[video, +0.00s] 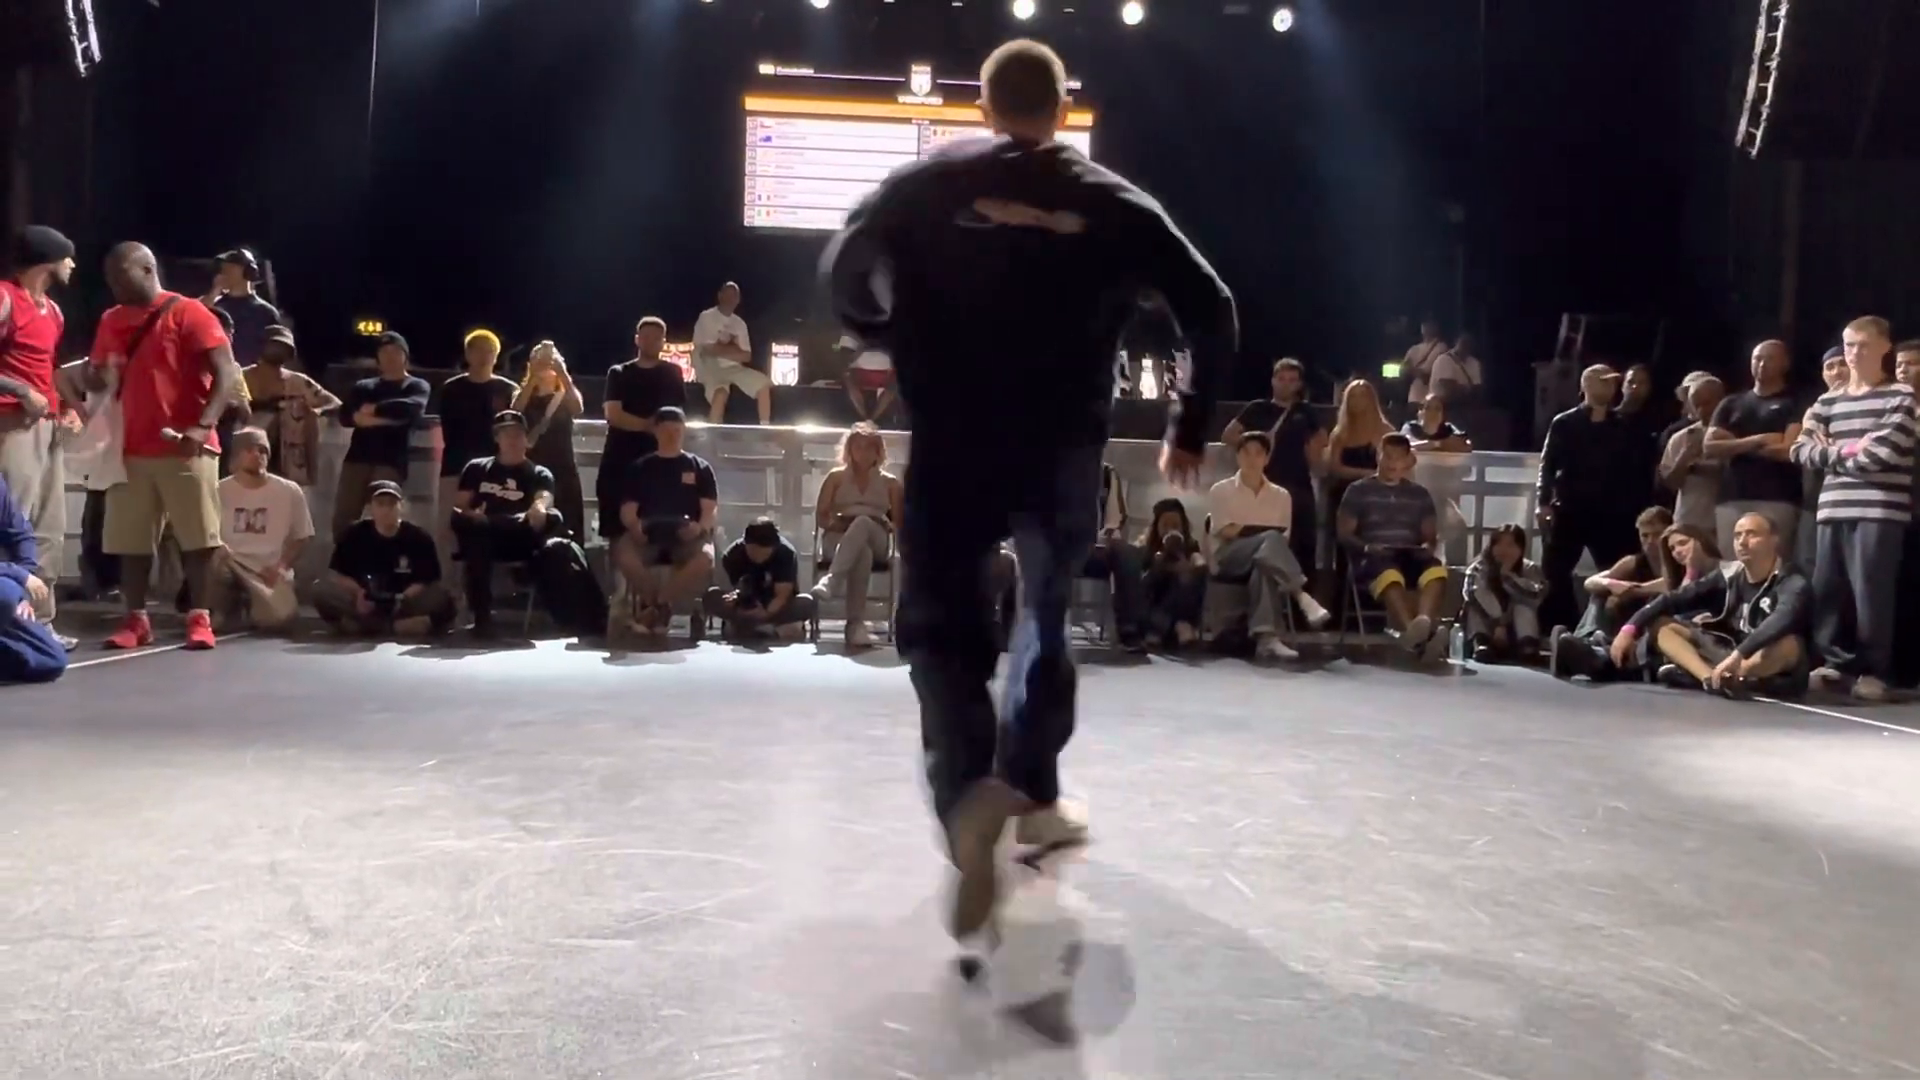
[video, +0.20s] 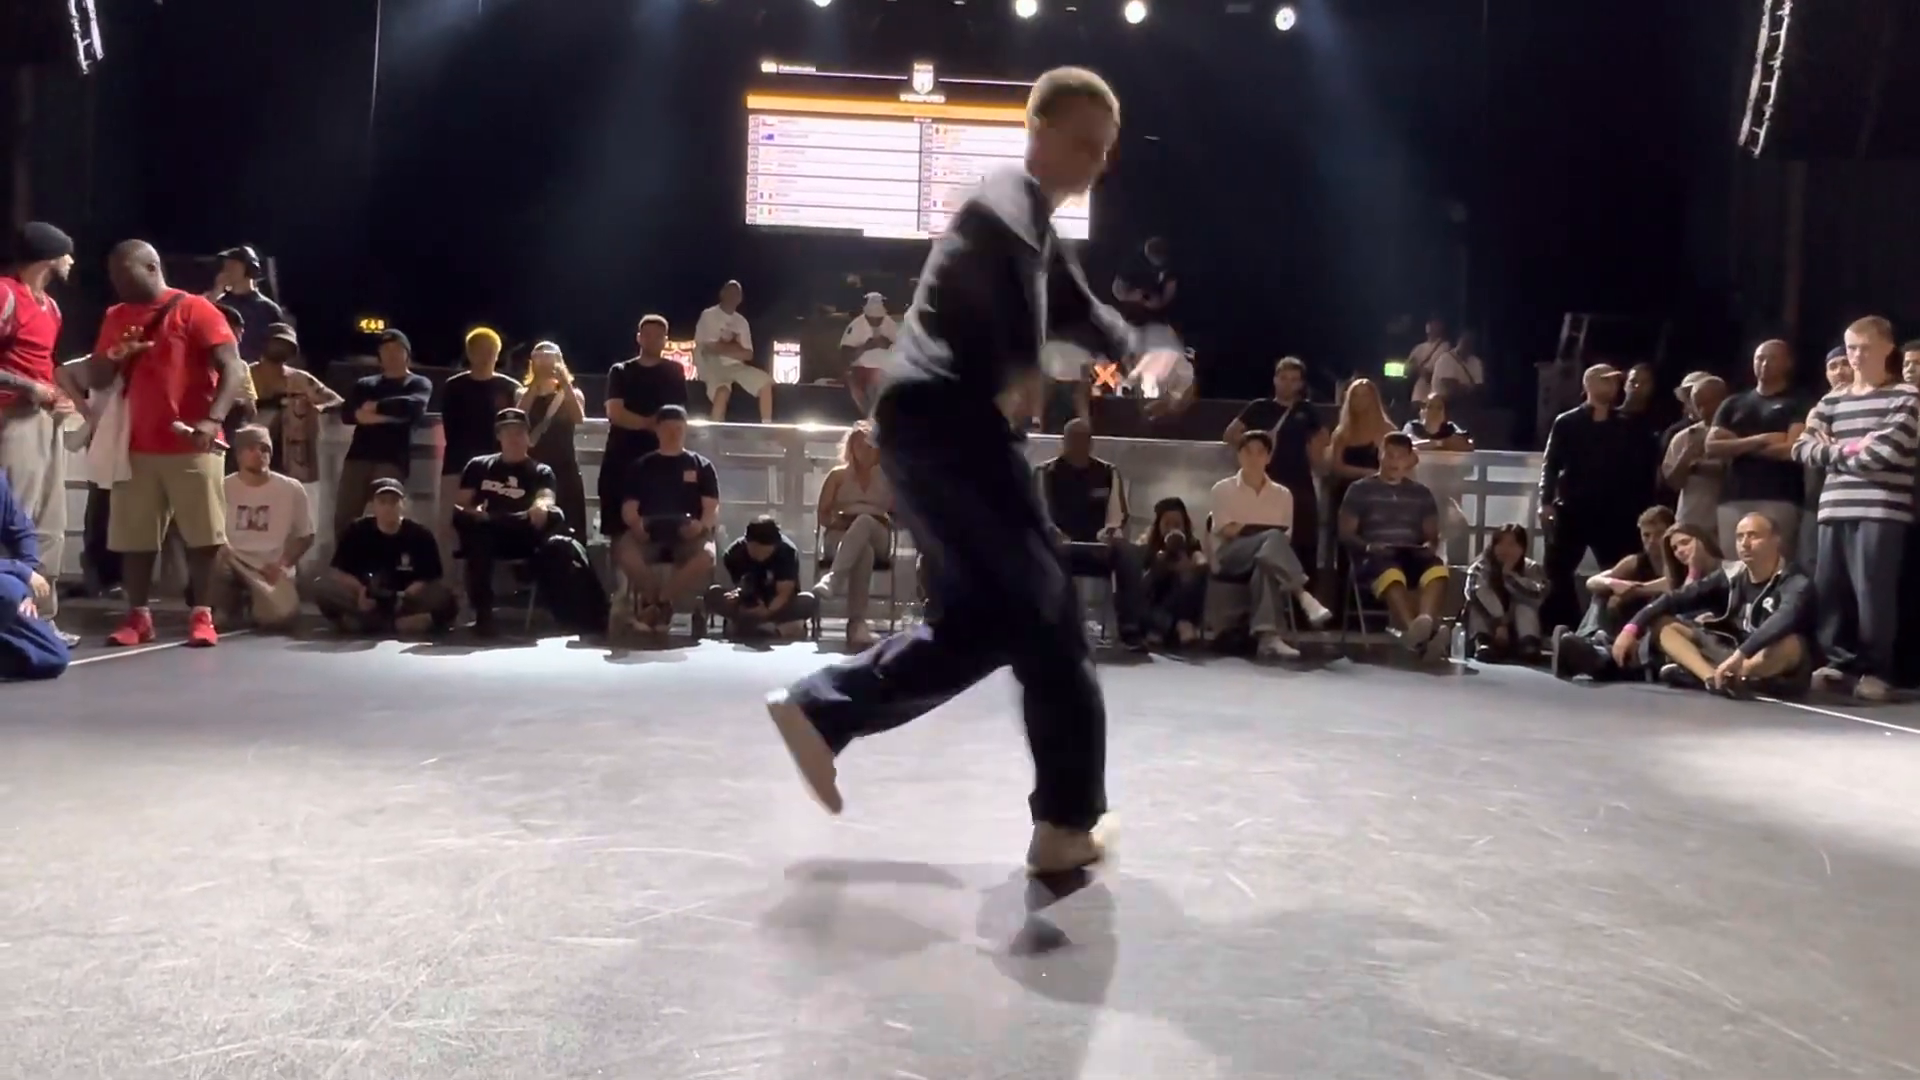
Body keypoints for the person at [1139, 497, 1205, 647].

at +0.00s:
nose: (1170, 531)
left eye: (1175, 526)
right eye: (1165, 525)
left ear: (1184, 526)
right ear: (1156, 526)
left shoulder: (1191, 547)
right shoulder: (1145, 550)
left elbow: (1201, 567)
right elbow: (1142, 583)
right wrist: (1160, 562)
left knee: (1192, 576)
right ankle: (1182, 623)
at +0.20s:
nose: (1172, 530)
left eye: (1177, 524)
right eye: (1167, 524)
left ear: (1185, 525)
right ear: (1158, 525)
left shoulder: (1192, 545)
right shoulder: (1147, 548)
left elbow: (1202, 564)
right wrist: (1161, 562)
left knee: (1192, 575)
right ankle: (1183, 623)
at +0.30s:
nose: (1173, 528)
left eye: (1178, 523)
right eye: (1168, 523)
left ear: (1186, 523)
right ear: (1159, 523)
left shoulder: (1193, 543)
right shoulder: (1149, 546)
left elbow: (1204, 562)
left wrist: (1188, 563)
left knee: (1193, 575)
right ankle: (1184, 622)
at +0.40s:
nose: (1175, 528)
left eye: (1180, 523)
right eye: (1169, 523)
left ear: (1188, 523)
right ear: (1160, 523)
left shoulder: (1194, 543)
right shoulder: (1150, 545)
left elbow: (1205, 561)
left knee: (1193, 573)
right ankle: (1184, 622)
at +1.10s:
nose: (1182, 522)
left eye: (1188, 516)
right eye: (1177, 516)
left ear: (1196, 517)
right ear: (1169, 517)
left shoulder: (1203, 539)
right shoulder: (1160, 541)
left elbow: (1214, 561)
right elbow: (1156, 575)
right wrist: (1170, 556)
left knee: (1201, 569)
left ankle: (1168, 622)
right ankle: (1194, 616)